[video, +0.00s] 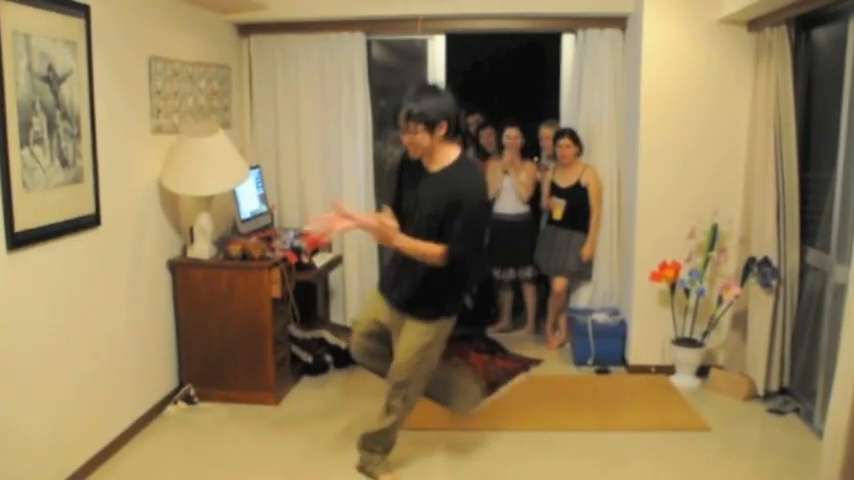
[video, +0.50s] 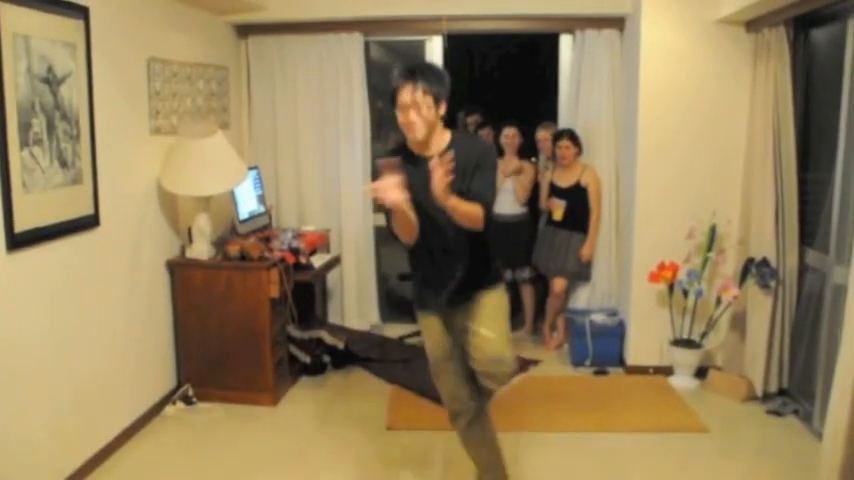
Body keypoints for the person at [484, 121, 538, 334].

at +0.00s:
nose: (510, 141)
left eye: (515, 138)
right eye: (507, 137)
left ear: (521, 141)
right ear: (502, 140)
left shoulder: (528, 166)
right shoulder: (493, 164)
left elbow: (526, 195)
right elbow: (491, 192)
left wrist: (514, 173)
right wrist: (501, 171)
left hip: (521, 218)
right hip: (499, 218)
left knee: (526, 275)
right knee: (502, 274)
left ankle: (530, 322)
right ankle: (504, 319)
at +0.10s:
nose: (511, 142)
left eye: (515, 138)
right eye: (507, 137)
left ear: (521, 141)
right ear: (502, 140)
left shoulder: (528, 166)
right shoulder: (493, 163)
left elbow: (525, 195)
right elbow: (489, 192)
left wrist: (513, 173)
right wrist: (500, 169)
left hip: (521, 218)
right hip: (498, 218)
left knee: (525, 275)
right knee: (502, 275)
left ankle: (529, 323)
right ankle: (504, 319)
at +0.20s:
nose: (510, 141)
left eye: (514, 137)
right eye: (506, 137)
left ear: (521, 141)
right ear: (501, 140)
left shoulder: (528, 166)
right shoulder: (493, 164)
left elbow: (525, 195)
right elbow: (489, 193)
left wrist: (513, 173)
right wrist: (500, 170)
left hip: (520, 218)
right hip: (498, 218)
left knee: (525, 275)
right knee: (503, 275)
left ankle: (529, 323)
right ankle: (504, 319)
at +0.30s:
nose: (510, 141)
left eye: (514, 137)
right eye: (506, 137)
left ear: (521, 141)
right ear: (500, 140)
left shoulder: (528, 166)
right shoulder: (494, 164)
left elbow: (524, 196)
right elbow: (490, 192)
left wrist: (513, 174)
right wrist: (500, 173)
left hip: (519, 218)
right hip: (497, 218)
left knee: (524, 274)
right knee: (503, 273)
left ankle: (529, 324)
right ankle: (503, 320)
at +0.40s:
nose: (509, 141)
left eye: (513, 136)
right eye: (505, 136)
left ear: (520, 140)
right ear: (500, 140)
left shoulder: (527, 167)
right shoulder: (495, 165)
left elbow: (524, 196)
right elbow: (492, 191)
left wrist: (516, 175)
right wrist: (502, 174)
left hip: (520, 217)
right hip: (498, 217)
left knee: (523, 274)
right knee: (503, 273)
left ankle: (528, 323)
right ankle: (503, 320)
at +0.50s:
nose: (509, 140)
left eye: (513, 136)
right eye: (506, 136)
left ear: (520, 140)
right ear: (500, 140)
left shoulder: (527, 167)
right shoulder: (495, 165)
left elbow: (523, 196)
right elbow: (491, 192)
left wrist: (515, 175)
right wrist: (501, 175)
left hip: (519, 218)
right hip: (497, 218)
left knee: (523, 274)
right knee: (500, 274)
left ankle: (528, 324)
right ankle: (500, 321)